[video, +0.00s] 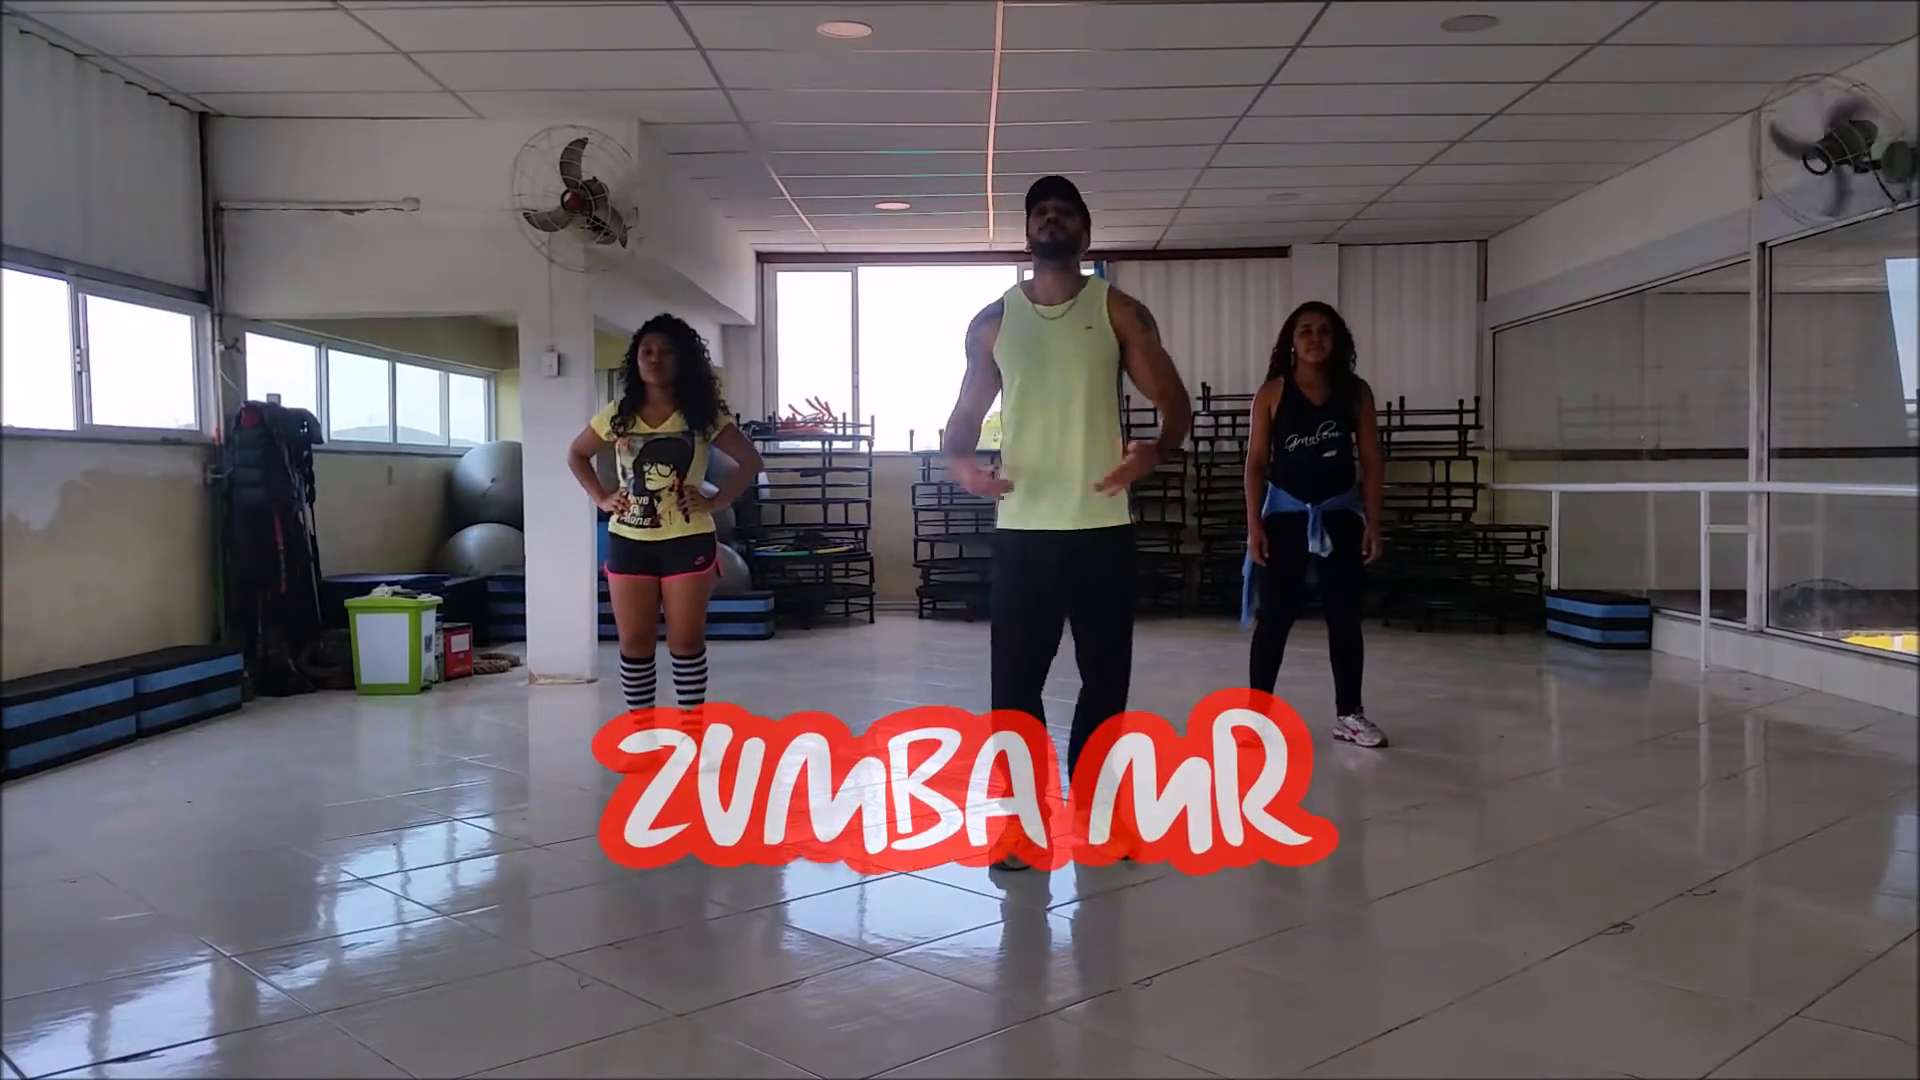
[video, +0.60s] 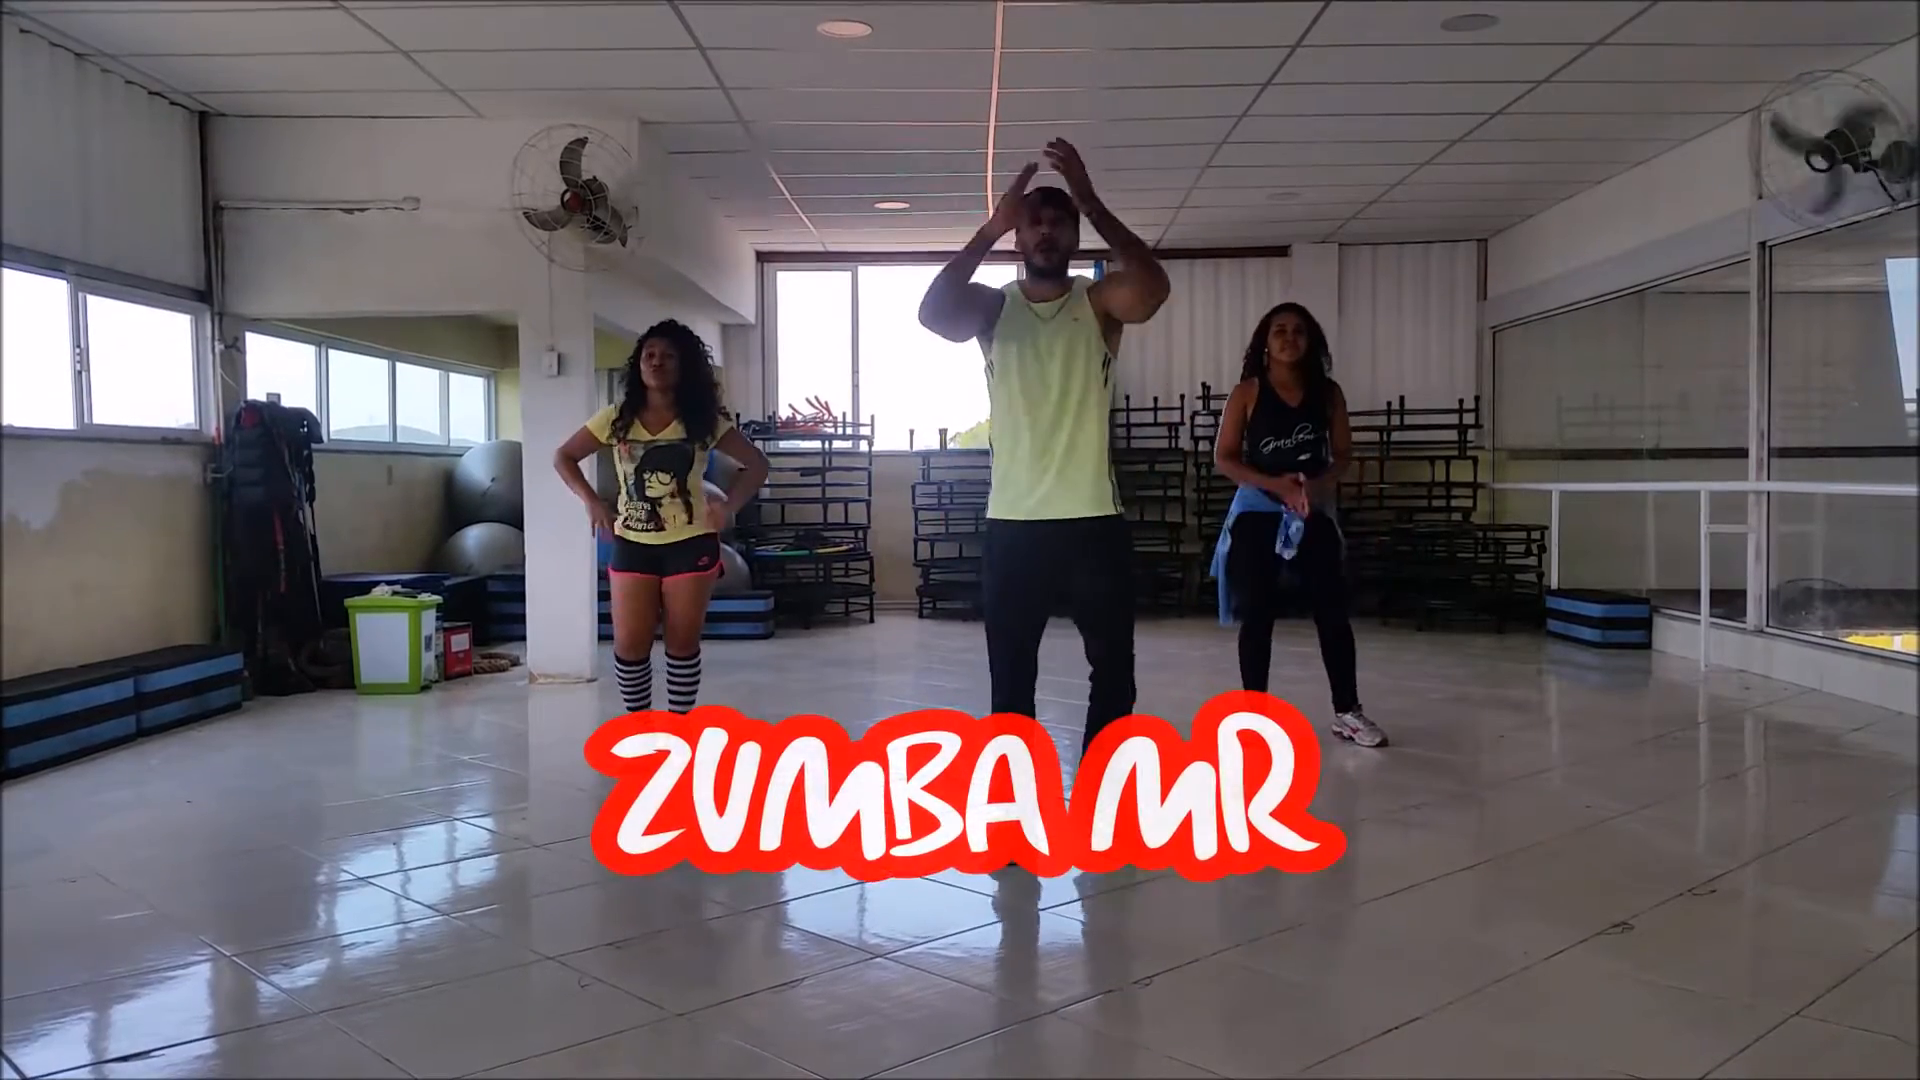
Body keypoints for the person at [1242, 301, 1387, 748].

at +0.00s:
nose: (1315, 339)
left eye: (1324, 332)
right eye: (1305, 332)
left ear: (1336, 341)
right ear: (1291, 341)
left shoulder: (1355, 392)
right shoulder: (1271, 393)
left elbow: (1372, 460)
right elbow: (1255, 463)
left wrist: (1373, 520)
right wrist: (1253, 523)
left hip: (1341, 516)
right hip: (1284, 517)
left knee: (1346, 617)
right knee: (1274, 616)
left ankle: (1349, 716)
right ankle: (1257, 715)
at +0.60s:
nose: (1289, 338)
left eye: (1298, 332)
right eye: (1280, 332)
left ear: (1310, 341)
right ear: (1264, 341)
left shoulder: (1328, 392)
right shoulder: (1246, 393)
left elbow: (1342, 458)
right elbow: (1224, 459)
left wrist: (1311, 487)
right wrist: (1275, 484)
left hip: (1313, 515)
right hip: (1256, 516)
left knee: (1332, 609)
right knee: (1257, 614)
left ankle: (1347, 713)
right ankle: (1256, 716)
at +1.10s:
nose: (1295, 336)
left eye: (1305, 330)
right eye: (1286, 330)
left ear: (1318, 339)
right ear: (1271, 338)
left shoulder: (1336, 389)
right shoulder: (1252, 387)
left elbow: (1359, 447)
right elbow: (1227, 450)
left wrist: (1332, 421)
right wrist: (1273, 426)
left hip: (1322, 517)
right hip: (1265, 516)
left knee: (1320, 615)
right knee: (1257, 611)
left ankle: (1318, 712)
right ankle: (1252, 708)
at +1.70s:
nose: (1281, 341)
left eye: (1290, 336)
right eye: (1273, 333)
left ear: (1299, 346)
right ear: (1254, 337)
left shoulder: (1306, 382)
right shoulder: (1237, 384)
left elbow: (1347, 410)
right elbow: (1239, 419)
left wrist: (1338, 354)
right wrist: (1270, 371)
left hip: (1302, 508)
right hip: (1249, 510)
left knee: (1344, 596)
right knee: (1251, 608)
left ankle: (1330, 688)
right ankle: (1240, 710)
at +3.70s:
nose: (1288, 343)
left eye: (1296, 336)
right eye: (1280, 335)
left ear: (1307, 344)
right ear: (1262, 341)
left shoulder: (1313, 382)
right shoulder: (1247, 385)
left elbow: (1356, 360)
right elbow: (1247, 348)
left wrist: (1323, 309)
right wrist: (1285, 312)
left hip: (1311, 510)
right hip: (1257, 511)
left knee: (1335, 603)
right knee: (1254, 610)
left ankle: (1336, 706)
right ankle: (1244, 711)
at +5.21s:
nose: (1293, 340)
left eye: (1301, 332)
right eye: (1285, 333)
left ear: (1316, 340)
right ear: (1274, 339)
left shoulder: (1334, 384)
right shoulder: (1259, 383)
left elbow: (1368, 381)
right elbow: (1222, 376)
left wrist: (1322, 350)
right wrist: (1282, 361)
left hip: (1322, 513)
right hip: (1266, 513)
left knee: (1326, 615)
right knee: (1255, 615)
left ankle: (1333, 716)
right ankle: (1235, 717)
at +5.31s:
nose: (1286, 338)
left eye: (1295, 331)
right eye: (1277, 332)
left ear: (1309, 342)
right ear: (1262, 343)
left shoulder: (1326, 390)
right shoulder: (1248, 387)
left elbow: (1375, 413)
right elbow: (1201, 402)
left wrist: (1327, 383)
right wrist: (1265, 390)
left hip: (1315, 515)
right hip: (1258, 515)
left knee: (1327, 614)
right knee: (1249, 615)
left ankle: (1335, 713)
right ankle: (1234, 715)